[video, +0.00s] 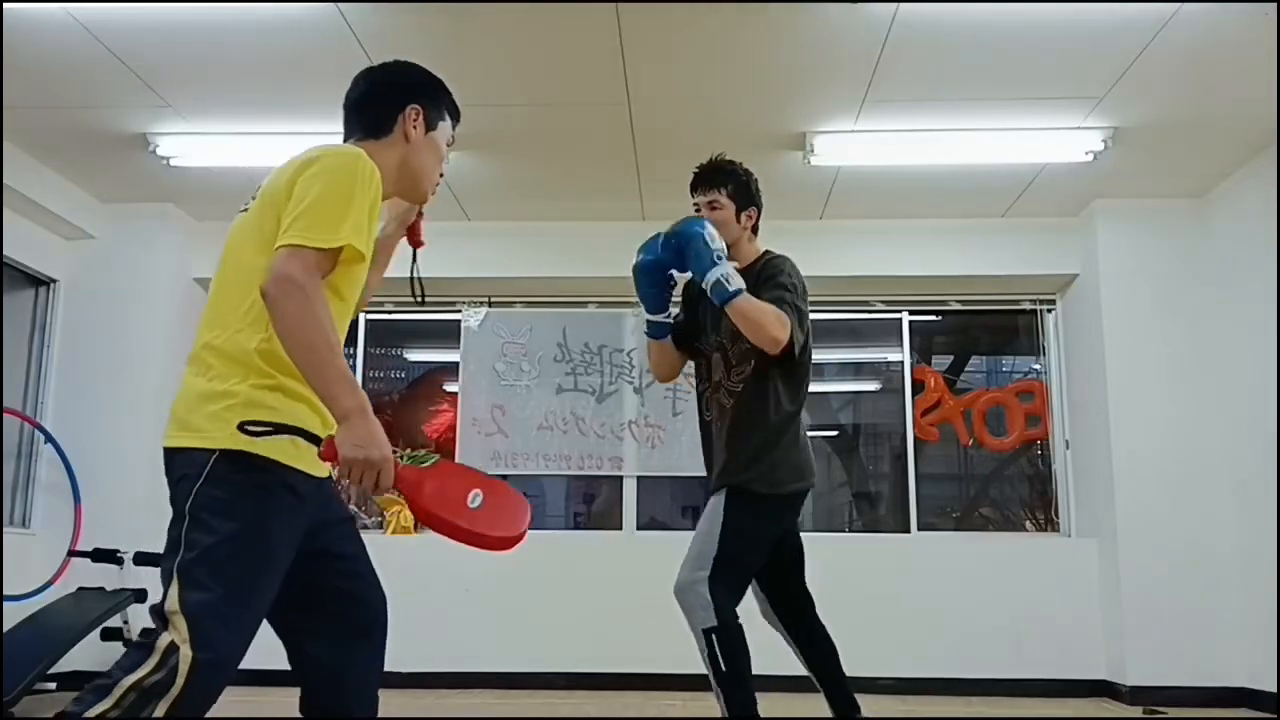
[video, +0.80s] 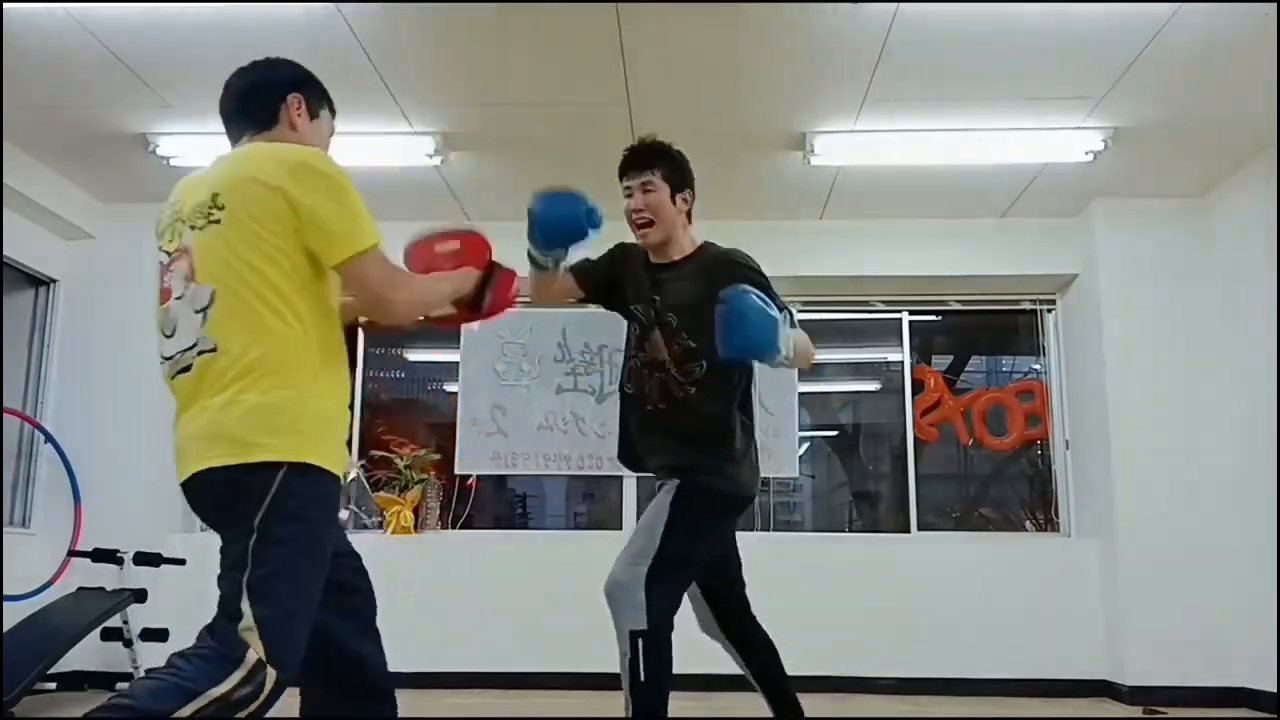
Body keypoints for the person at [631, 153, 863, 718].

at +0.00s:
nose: (701, 217)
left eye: (713, 205)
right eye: (695, 207)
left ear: (749, 216)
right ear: (696, 219)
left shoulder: (777, 274)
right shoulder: (704, 288)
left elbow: (775, 335)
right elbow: (665, 368)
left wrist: (716, 272)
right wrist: (656, 310)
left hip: (766, 470)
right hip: (742, 470)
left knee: (699, 591)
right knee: (787, 606)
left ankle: (742, 714)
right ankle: (848, 711)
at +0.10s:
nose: (687, 214)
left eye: (699, 200)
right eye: (681, 206)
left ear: (738, 208)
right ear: (682, 214)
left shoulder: (759, 253)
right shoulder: (704, 281)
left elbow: (702, 256)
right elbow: (669, 358)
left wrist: (631, 201)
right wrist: (654, 299)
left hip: (756, 460)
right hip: (761, 462)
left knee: (680, 577)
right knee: (758, 598)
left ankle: (728, 713)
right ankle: (836, 709)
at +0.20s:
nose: (690, 229)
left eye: (704, 216)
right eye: (687, 218)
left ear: (742, 222)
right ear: (684, 223)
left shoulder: (756, 272)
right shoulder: (705, 291)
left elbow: (684, 276)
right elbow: (658, 374)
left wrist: (611, 206)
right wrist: (653, 313)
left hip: (748, 476)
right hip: (727, 476)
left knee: (679, 625)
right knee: (762, 625)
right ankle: (843, 713)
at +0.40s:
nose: (655, 257)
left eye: (662, 244)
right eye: (652, 247)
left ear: (699, 243)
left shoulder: (721, 287)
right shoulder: (659, 321)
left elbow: (736, 348)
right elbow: (698, 405)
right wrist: (665, 362)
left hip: (736, 494)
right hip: (773, 499)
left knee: (629, 604)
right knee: (733, 606)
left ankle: (650, 712)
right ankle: (801, 711)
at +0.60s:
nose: (660, 243)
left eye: (672, 231)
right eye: (656, 235)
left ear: (709, 238)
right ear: (655, 247)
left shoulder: (756, 303)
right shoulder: (658, 326)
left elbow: (838, 371)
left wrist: (786, 414)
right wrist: (606, 335)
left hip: (742, 497)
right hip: (688, 500)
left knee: (657, 595)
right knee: (716, 648)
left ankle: (660, 712)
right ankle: (795, 717)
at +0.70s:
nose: (669, 226)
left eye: (683, 214)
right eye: (661, 217)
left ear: (716, 226)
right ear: (654, 228)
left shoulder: (754, 299)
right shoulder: (631, 291)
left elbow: (827, 378)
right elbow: (546, 288)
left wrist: (804, 378)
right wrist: (548, 233)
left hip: (734, 484)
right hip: (668, 487)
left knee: (659, 587)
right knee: (733, 624)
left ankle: (662, 714)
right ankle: (804, 714)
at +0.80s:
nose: (635, 203)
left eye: (648, 189)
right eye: (628, 193)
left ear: (685, 200)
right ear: (623, 206)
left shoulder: (730, 269)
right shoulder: (624, 265)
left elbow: (804, 353)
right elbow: (547, 295)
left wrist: (774, 337)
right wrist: (545, 251)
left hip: (717, 469)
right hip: (669, 468)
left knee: (635, 589)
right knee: (726, 616)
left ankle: (646, 715)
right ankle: (791, 714)